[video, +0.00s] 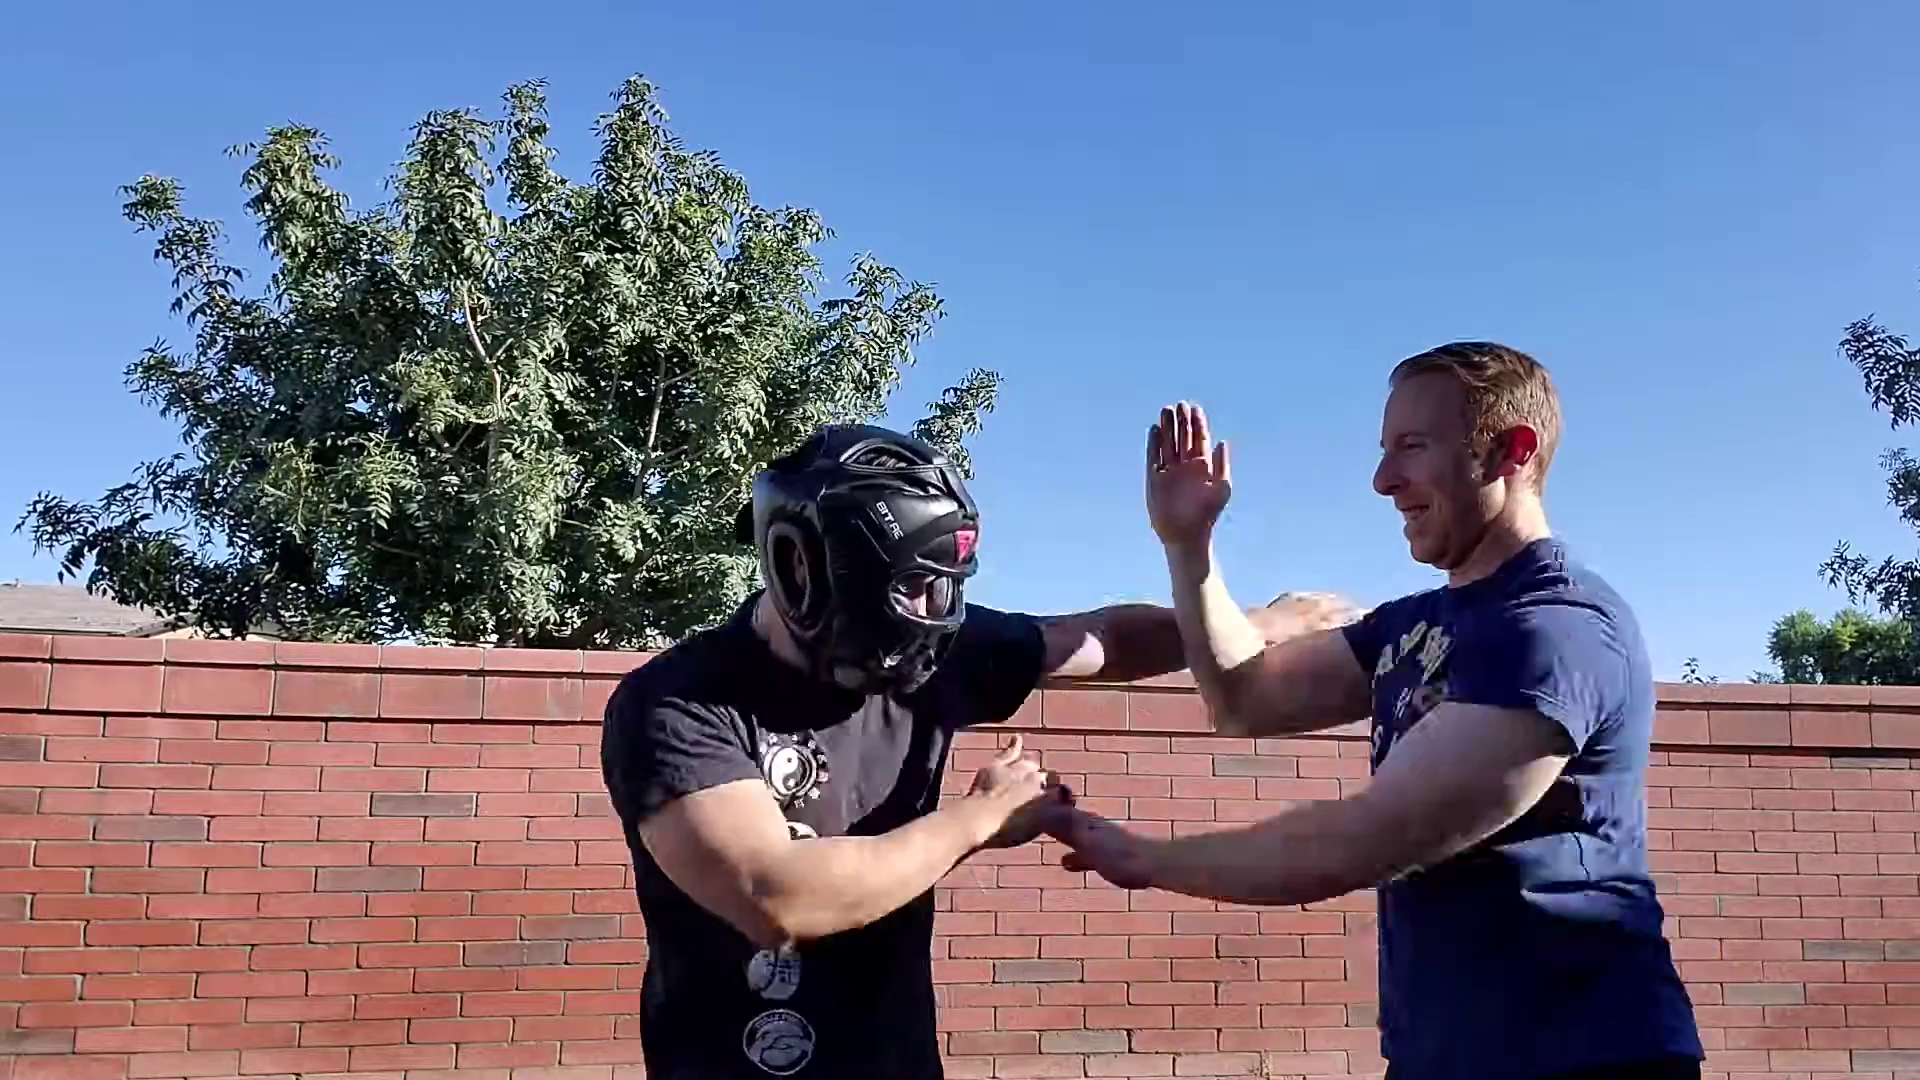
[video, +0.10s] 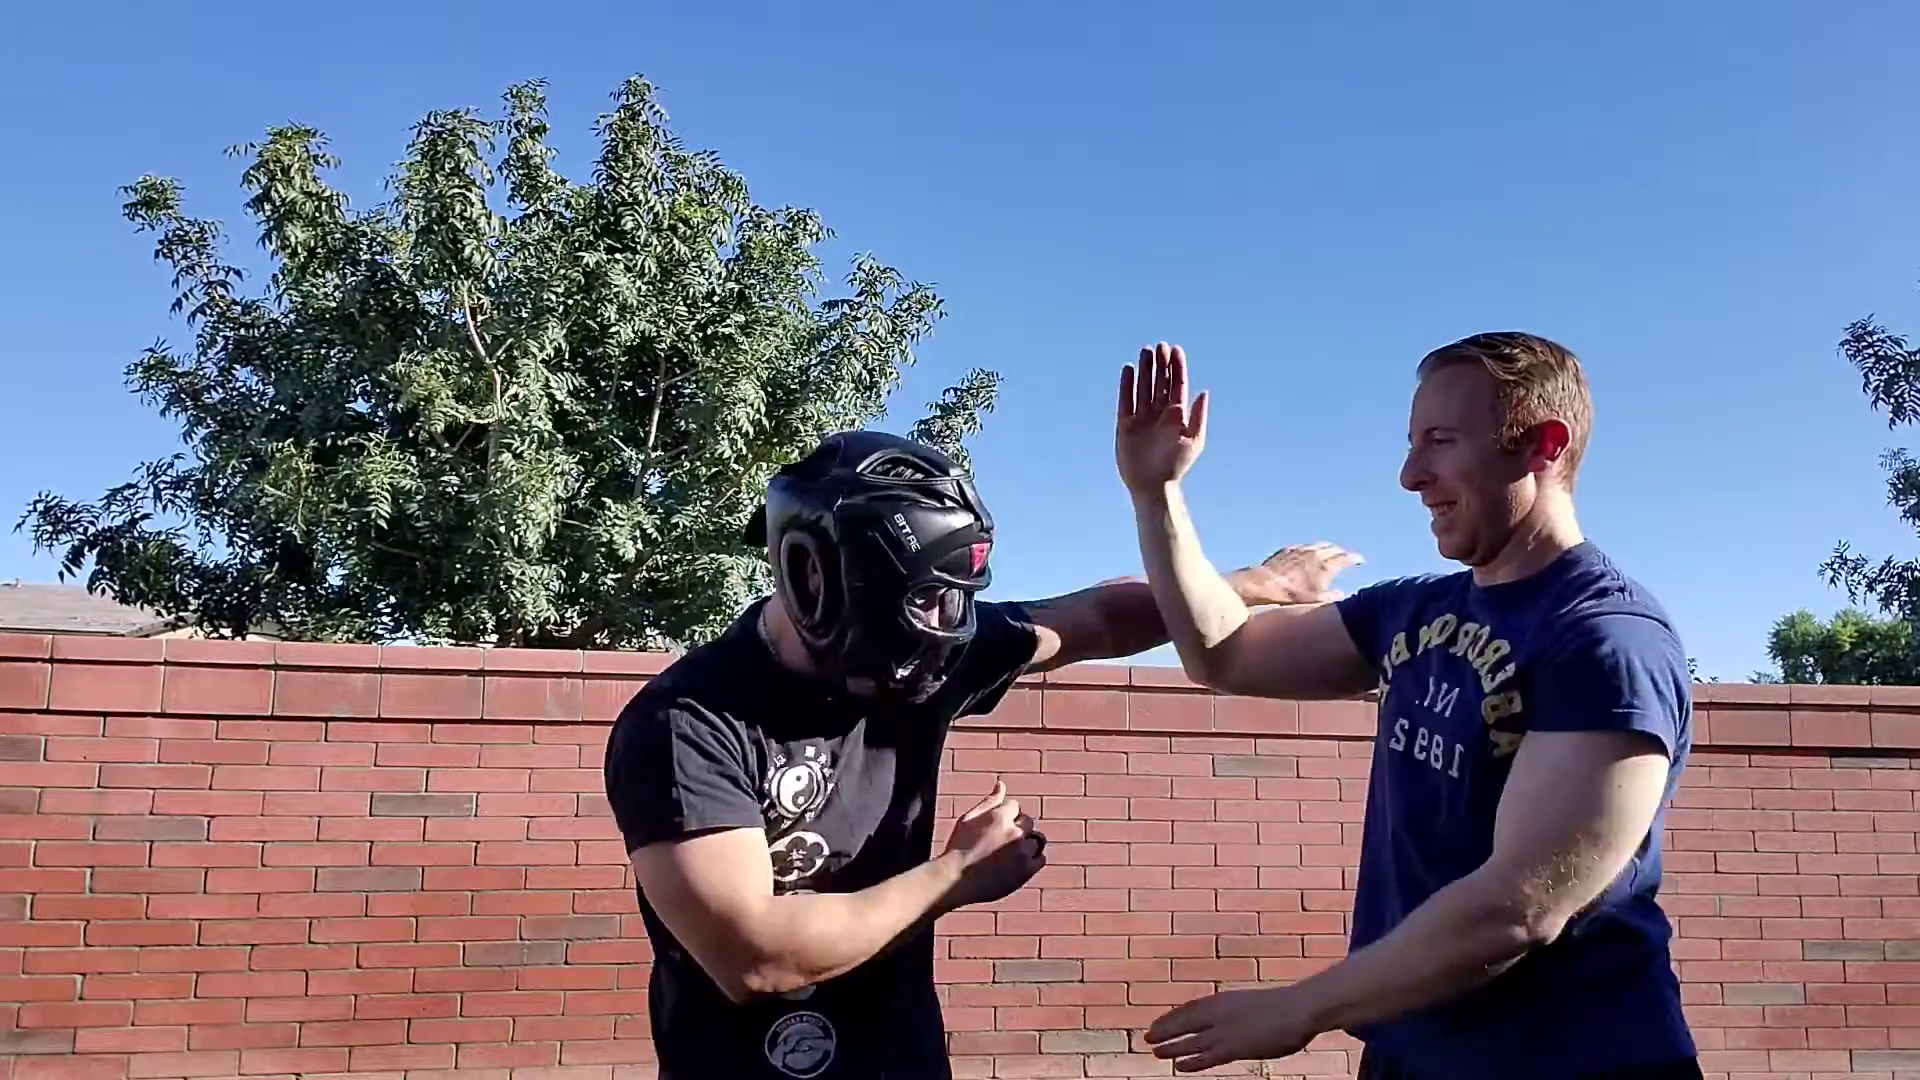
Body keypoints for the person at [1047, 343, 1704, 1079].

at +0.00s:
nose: (1383, 476)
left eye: (1413, 445)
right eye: (1385, 449)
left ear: (1513, 451)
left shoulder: (1558, 631)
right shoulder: (1411, 628)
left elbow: (1374, 837)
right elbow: (1243, 695)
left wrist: (1148, 857)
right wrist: (1188, 547)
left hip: (1579, 1051)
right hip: (1439, 1051)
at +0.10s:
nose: (1410, 474)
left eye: (1440, 441)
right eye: (1413, 446)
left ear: (1542, 450)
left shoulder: (1610, 641)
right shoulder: (1418, 613)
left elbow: (1519, 905)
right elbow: (1222, 653)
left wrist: (1302, 1007)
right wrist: (1156, 492)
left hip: (1569, 1057)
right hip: (1412, 1049)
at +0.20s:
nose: (1401, 472)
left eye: (1432, 438)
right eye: (1408, 444)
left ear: (1534, 449)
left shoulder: (1607, 641)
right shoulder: (1414, 617)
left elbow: (1528, 916)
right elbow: (1219, 662)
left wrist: (1308, 1012)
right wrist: (1125, 523)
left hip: (1571, 1059)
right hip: (1413, 1051)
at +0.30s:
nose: (1391, 466)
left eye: (1421, 434)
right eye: (1397, 438)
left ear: (1520, 443)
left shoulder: (1599, 630)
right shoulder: (1389, 629)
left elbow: (1464, 862)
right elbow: (1251, 773)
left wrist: (1226, 811)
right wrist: (1120, 643)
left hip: (1561, 1053)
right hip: (1396, 1051)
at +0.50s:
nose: (1320, 487)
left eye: (1342, 453)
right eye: (1326, 456)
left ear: (1436, 458)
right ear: (1430, 462)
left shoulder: (1460, 610)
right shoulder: (1489, 605)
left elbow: (1204, 709)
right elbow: (1420, 876)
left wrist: (1034, 618)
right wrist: (1252, 949)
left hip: (1517, 1048)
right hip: (1439, 1046)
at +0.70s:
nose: (1377, 476)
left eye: (1404, 443)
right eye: (1380, 450)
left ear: (1505, 452)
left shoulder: (1562, 604)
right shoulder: (1414, 649)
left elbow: (1293, 684)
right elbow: (1372, 867)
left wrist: (1061, 626)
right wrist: (1297, 852)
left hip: (1581, 1046)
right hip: (1430, 1051)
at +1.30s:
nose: (1375, 479)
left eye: (1401, 448)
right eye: (1377, 455)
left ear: (1504, 454)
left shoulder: (1567, 612)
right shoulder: (1413, 646)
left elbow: (1306, 689)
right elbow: (1369, 858)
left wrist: (1077, 641)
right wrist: (1313, 862)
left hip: (1594, 1044)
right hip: (1439, 1049)